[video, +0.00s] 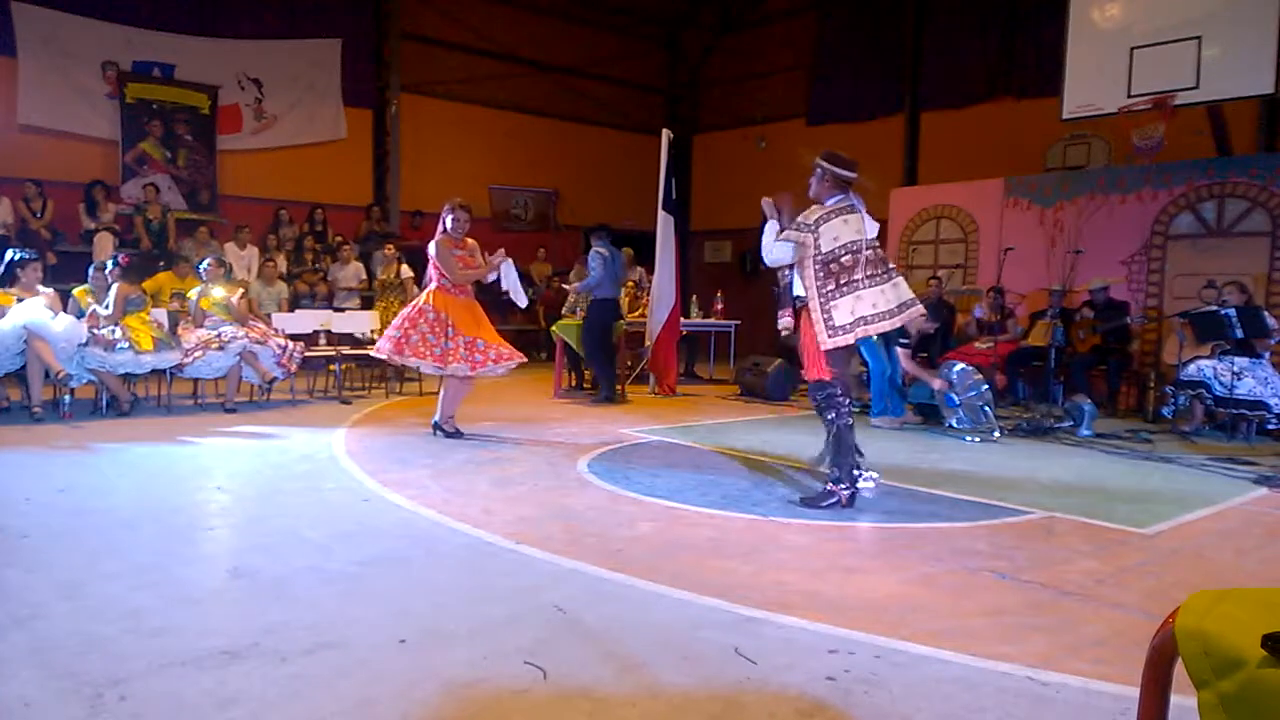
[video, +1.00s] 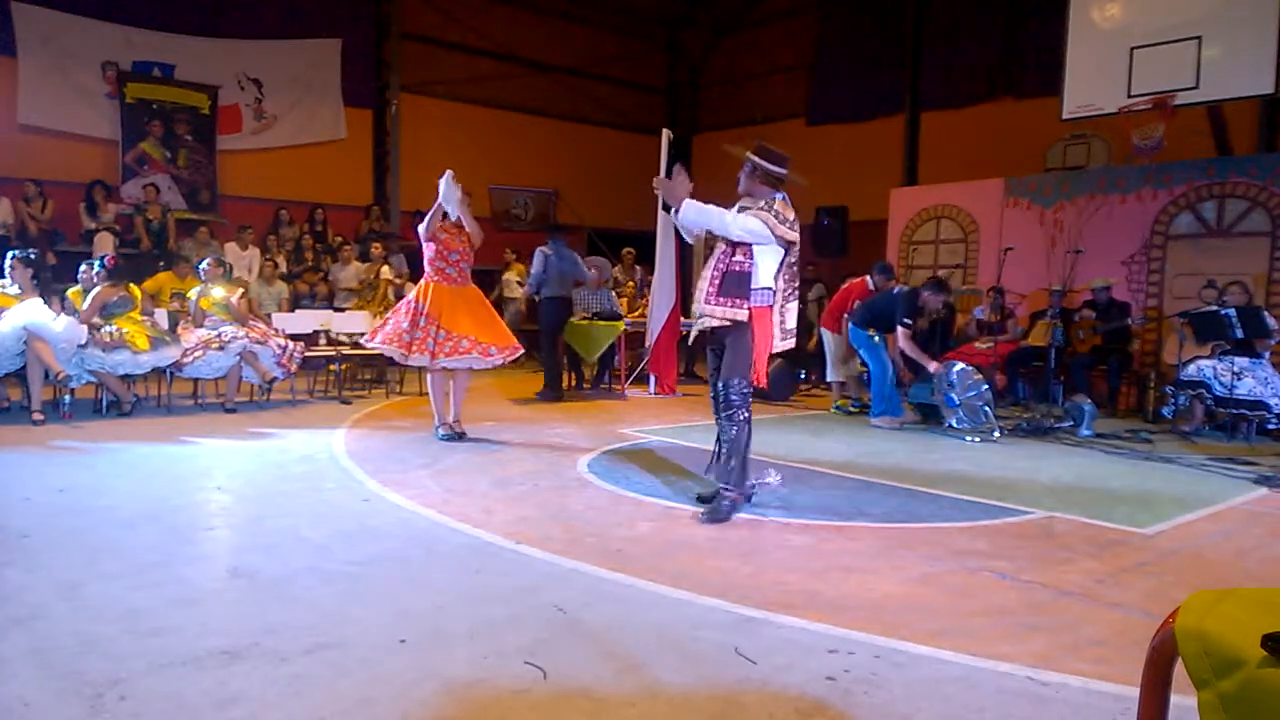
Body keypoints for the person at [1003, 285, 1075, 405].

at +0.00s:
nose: (1055, 299)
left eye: (1058, 296)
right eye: (1053, 296)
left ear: (1063, 297)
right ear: (1049, 297)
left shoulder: (1068, 314)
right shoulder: (1036, 315)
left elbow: (1068, 338)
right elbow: (1027, 335)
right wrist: (1024, 342)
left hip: (1055, 349)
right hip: (1035, 348)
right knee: (1013, 358)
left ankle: (1044, 398)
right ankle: (1012, 394)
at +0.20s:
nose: (1055, 299)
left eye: (1058, 296)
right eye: (1053, 296)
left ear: (1063, 298)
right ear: (1049, 297)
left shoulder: (1068, 314)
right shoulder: (1036, 315)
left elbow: (1068, 338)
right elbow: (1027, 335)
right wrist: (1024, 342)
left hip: (1055, 349)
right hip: (1035, 348)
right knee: (1012, 358)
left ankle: (1044, 397)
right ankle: (1012, 394)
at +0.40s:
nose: (1055, 299)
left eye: (1058, 296)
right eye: (1053, 296)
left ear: (1063, 298)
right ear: (1049, 297)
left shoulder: (1067, 314)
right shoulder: (1036, 315)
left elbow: (1068, 338)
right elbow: (1028, 334)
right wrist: (1024, 342)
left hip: (1054, 349)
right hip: (1034, 348)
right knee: (1012, 358)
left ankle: (1044, 397)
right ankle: (1012, 394)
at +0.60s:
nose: (1055, 300)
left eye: (1058, 297)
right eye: (1053, 296)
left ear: (1063, 298)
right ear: (1049, 297)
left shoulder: (1067, 314)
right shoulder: (1037, 315)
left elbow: (1068, 339)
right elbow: (1027, 335)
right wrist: (1025, 342)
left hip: (1055, 349)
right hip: (1035, 348)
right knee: (1013, 358)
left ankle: (1044, 397)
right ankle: (1013, 394)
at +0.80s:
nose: (1055, 299)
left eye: (1059, 296)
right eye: (1053, 296)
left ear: (1063, 298)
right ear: (1049, 297)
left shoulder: (1068, 314)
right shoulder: (1036, 315)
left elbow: (1068, 339)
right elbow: (1028, 335)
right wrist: (1024, 342)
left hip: (1055, 349)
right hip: (1035, 348)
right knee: (1012, 358)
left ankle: (1042, 398)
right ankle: (1012, 395)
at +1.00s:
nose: (1055, 300)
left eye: (1058, 296)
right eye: (1053, 296)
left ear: (1063, 298)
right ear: (1049, 297)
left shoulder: (1068, 314)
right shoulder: (1036, 315)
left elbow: (1067, 340)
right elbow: (1028, 334)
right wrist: (1024, 342)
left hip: (1054, 349)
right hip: (1034, 348)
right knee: (1012, 359)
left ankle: (1043, 398)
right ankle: (1012, 395)